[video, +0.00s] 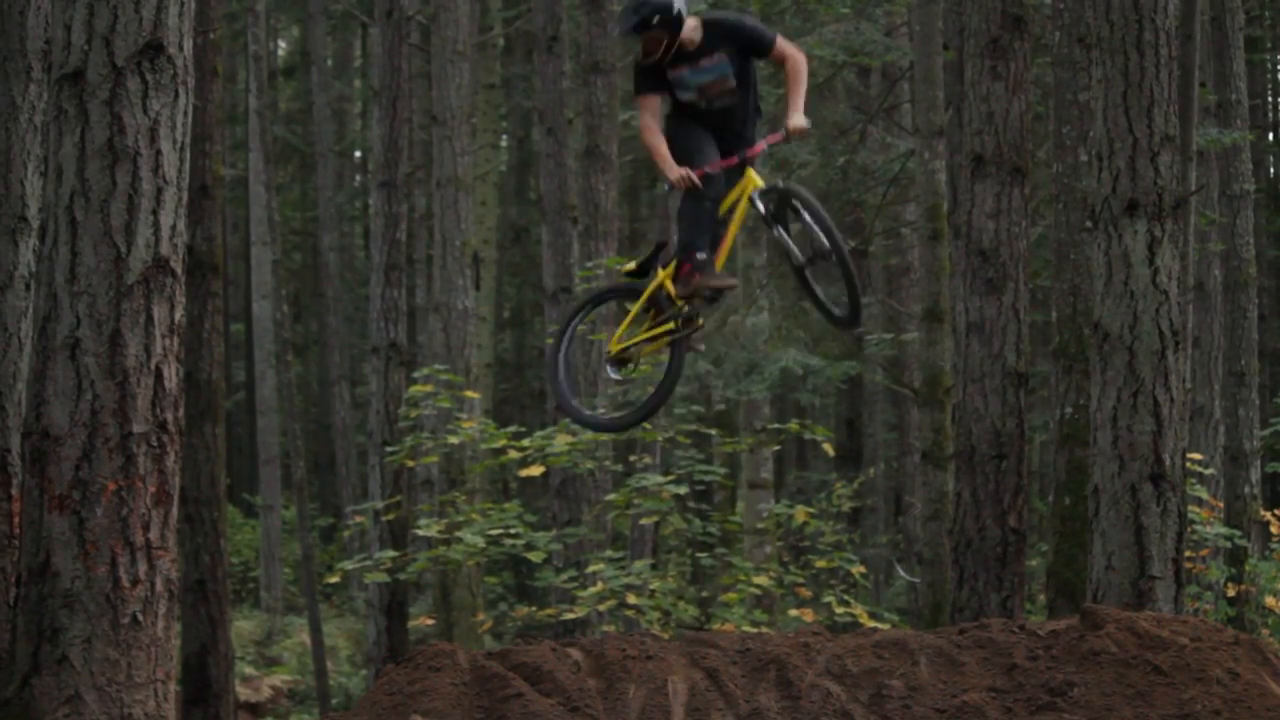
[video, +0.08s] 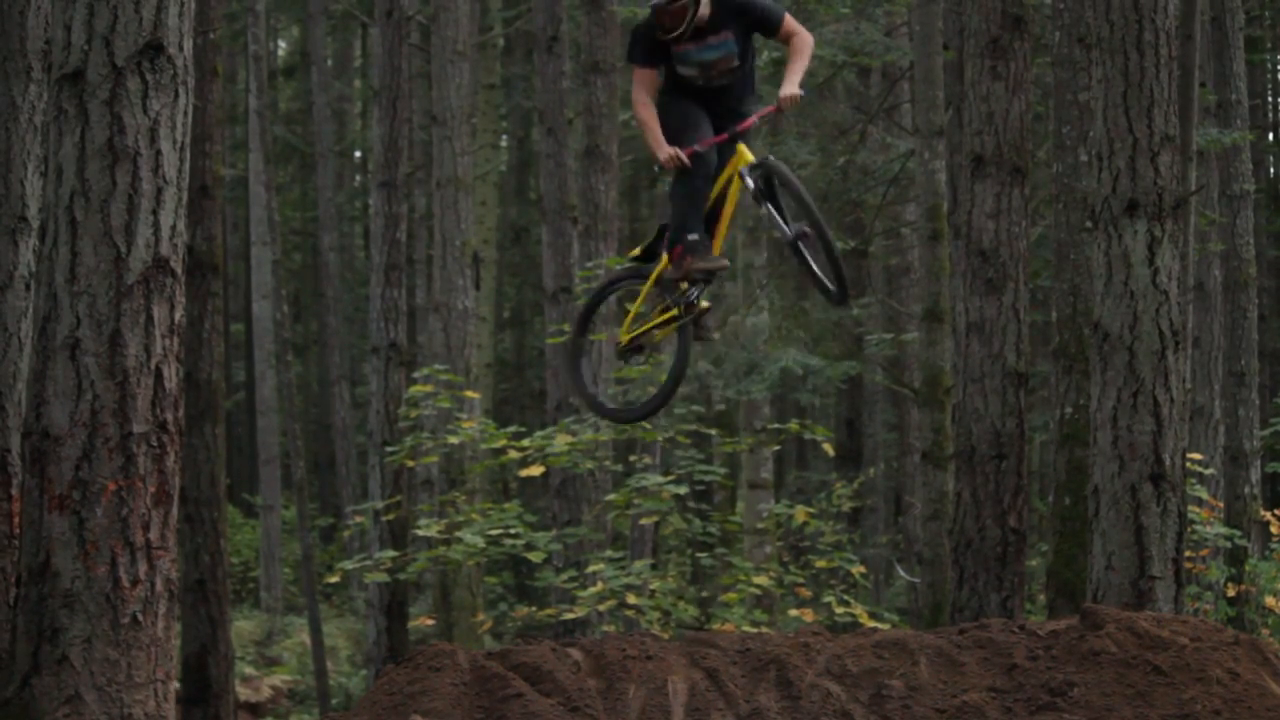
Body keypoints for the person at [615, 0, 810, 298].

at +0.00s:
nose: (645, 46)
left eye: (649, 37)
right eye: (641, 38)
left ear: (667, 26)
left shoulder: (731, 30)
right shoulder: (652, 61)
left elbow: (794, 58)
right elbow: (648, 121)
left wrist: (796, 113)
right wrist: (670, 168)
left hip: (738, 132)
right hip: (690, 132)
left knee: (723, 212)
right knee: (706, 178)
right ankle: (695, 267)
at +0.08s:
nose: (669, 20)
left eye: (676, 11)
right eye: (662, 13)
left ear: (698, 3)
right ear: (654, 10)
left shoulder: (739, 9)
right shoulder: (650, 33)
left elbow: (801, 37)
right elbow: (641, 95)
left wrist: (791, 83)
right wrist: (660, 147)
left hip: (733, 107)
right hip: (684, 108)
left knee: (719, 197)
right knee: (701, 159)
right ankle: (687, 249)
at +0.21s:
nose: (714, 9)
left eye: (721, 5)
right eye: (707, 5)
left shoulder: (763, 5)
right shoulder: (667, 5)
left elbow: (813, 56)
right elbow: (629, 63)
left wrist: (794, 79)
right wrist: (640, 112)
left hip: (719, 87)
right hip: (669, 85)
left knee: (735, 177)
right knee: (684, 140)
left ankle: (727, 277)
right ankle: (673, 236)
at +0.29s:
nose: (732, 27)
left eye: (741, 20)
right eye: (726, 18)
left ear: (756, 13)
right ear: (710, 9)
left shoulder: (770, 28)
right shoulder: (677, 13)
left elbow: (813, 93)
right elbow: (626, 69)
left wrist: (797, 113)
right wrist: (634, 117)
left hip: (710, 100)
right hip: (661, 94)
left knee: (746, 173)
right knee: (678, 152)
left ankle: (746, 283)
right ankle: (670, 261)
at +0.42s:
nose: (743, 69)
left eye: (753, 60)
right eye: (737, 59)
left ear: (768, 52)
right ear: (722, 45)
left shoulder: (776, 68)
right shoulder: (687, 50)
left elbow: (808, 137)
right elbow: (629, 108)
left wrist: (800, 171)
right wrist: (634, 167)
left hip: (714, 141)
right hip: (664, 135)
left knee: (749, 214)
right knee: (679, 204)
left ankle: (744, 323)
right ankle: (668, 311)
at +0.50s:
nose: (746, 140)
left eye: (755, 131)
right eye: (739, 130)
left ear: (770, 119)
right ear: (722, 112)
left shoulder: (778, 133)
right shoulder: (683, 122)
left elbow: (807, 203)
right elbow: (634, 190)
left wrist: (812, 266)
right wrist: (644, 263)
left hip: (715, 208)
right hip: (666, 203)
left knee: (749, 295)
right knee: (682, 286)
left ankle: (741, 383)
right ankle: (665, 396)